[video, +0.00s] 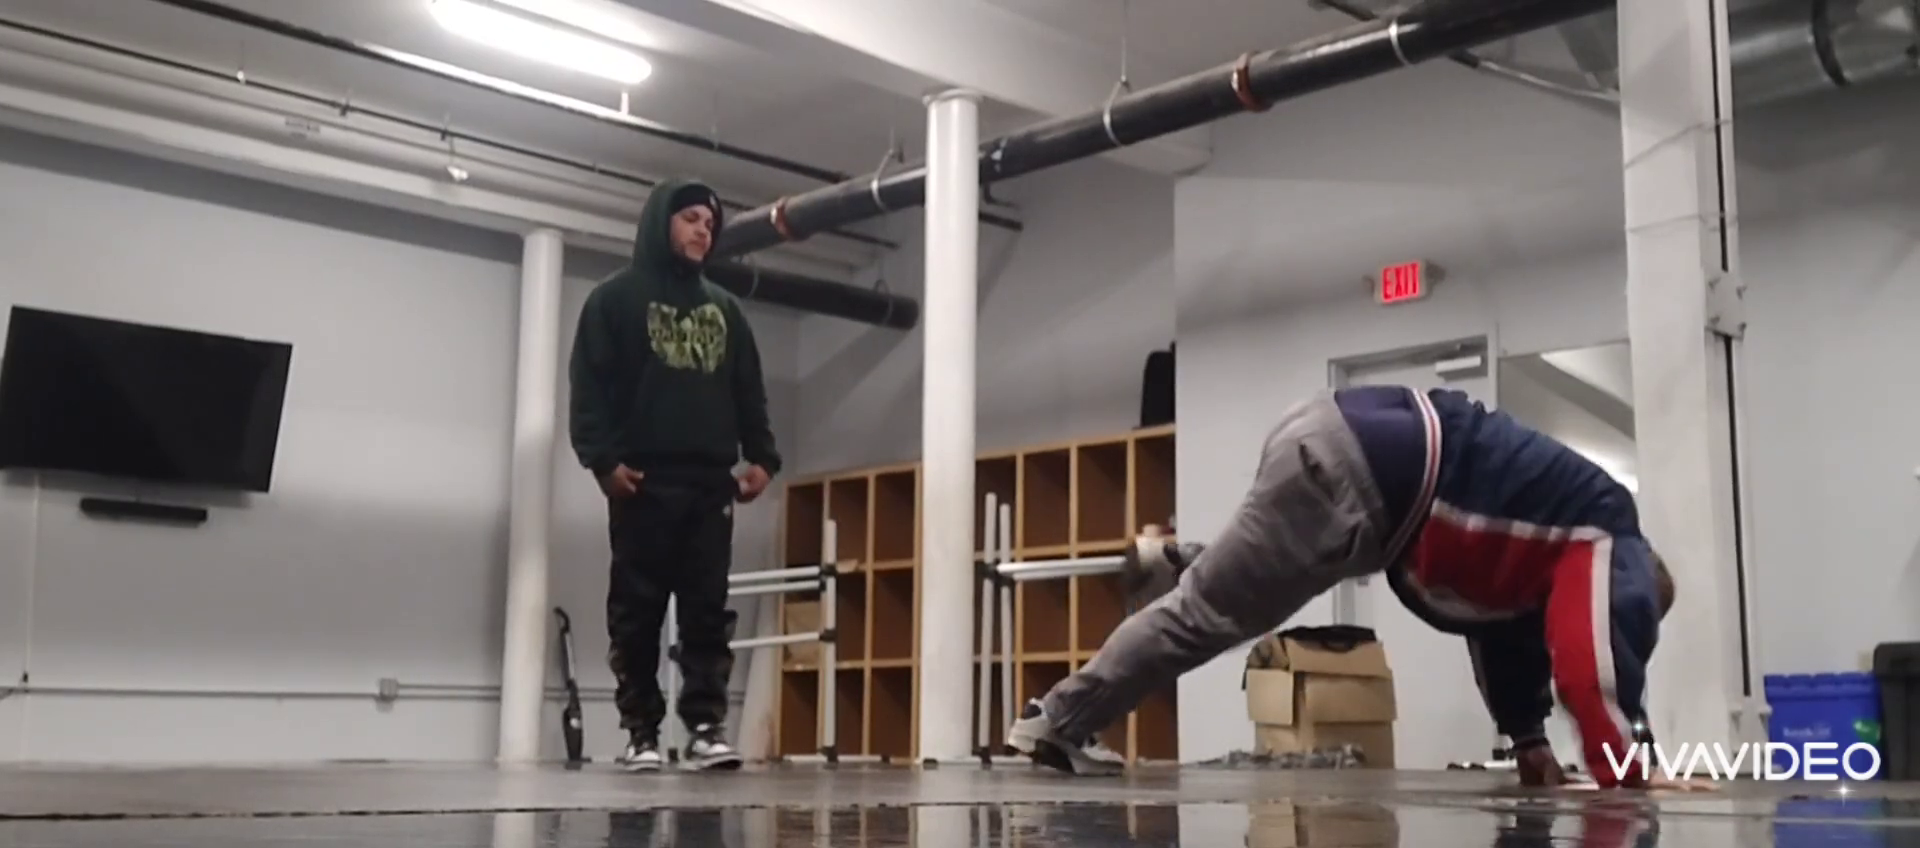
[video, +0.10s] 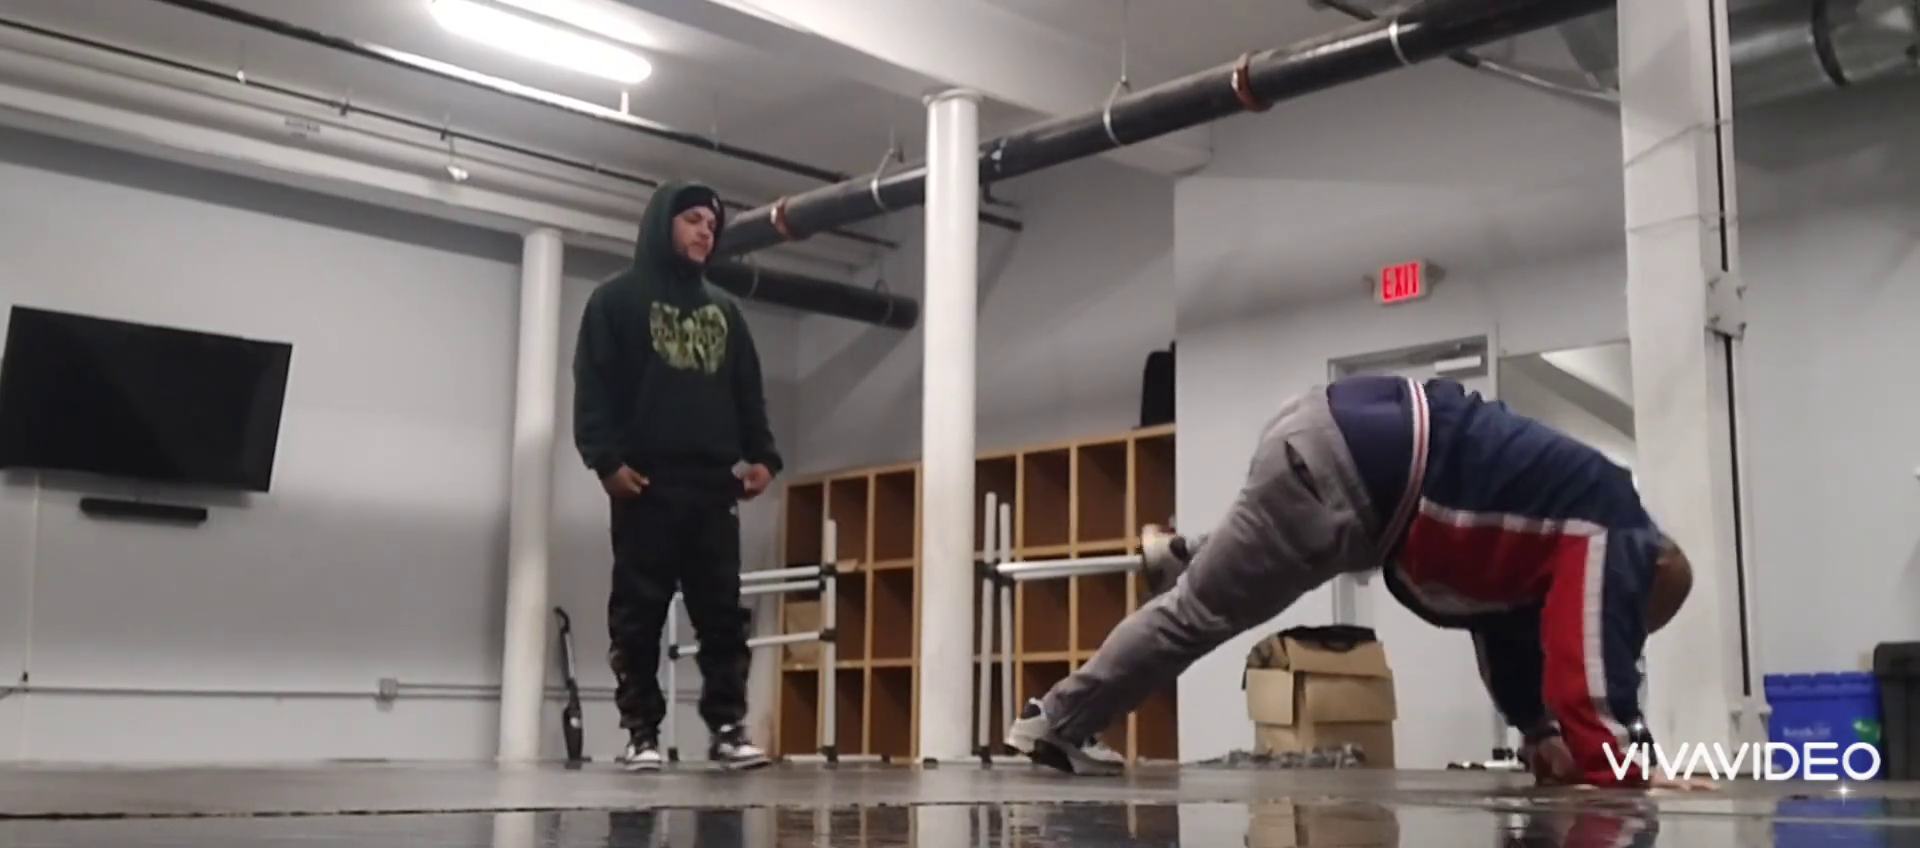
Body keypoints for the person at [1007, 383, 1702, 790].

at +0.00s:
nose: (1633, 625)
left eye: (1642, 620)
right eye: (1643, 615)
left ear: (1624, 568)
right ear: (1648, 577)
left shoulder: (1538, 558)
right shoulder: (1616, 543)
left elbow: (1511, 652)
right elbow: (1589, 659)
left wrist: (1534, 750)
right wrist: (1629, 769)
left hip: (1344, 444)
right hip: (1357, 460)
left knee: (1252, 583)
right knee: (1205, 615)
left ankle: (1170, 563)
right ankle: (1060, 721)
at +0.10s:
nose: (1628, 622)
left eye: (1641, 616)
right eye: (1643, 612)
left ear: (1635, 564)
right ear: (1658, 567)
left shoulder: (1555, 530)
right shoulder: (1617, 525)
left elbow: (1512, 641)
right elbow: (1588, 653)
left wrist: (1540, 736)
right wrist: (1619, 768)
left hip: (1338, 430)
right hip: (1346, 460)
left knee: (1281, 557)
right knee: (1196, 612)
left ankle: (1183, 563)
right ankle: (1058, 723)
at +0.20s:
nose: (1638, 615)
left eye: (1649, 615)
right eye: (1651, 609)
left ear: (1651, 566)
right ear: (1675, 561)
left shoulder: (1572, 521)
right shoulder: (1625, 505)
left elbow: (1534, 635)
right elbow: (1592, 634)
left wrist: (1547, 747)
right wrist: (1642, 762)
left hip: (1334, 437)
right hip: (1335, 461)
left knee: (1259, 567)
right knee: (1191, 611)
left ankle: (1172, 540)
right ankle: (1057, 721)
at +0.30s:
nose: (1638, 636)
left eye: (1652, 631)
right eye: (1653, 627)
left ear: (1654, 569)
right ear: (1670, 582)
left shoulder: (1578, 517)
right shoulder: (1631, 529)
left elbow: (1525, 636)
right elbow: (1588, 645)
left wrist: (1546, 746)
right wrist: (1628, 770)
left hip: (1336, 432)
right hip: (1340, 474)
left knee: (1263, 550)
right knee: (1190, 620)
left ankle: (1167, 529)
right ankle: (1055, 723)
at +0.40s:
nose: (1646, 655)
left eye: (1661, 651)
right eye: (1663, 649)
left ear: (1669, 579)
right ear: (1675, 600)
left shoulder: (1582, 529)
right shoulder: (1628, 552)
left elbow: (1525, 664)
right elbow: (1578, 680)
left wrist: (1554, 755)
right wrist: (1622, 773)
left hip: (1332, 437)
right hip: (1339, 492)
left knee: (1276, 550)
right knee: (1188, 629)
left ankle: (1173, 515)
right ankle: (1052, 728)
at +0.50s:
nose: (1645, 648)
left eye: (1659, 642)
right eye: (1661, 640)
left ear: (1660, 569)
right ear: (1670, 594)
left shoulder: (1582, 529)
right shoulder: (1627, 550)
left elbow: (1528, 658)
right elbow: (1577, 677)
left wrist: (1554, 752)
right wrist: (1620, 769)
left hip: (1327, 440)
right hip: (1336, 488)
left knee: (1275, 559)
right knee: (1184, 627)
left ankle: (1172, 528)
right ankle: (1051, 727)